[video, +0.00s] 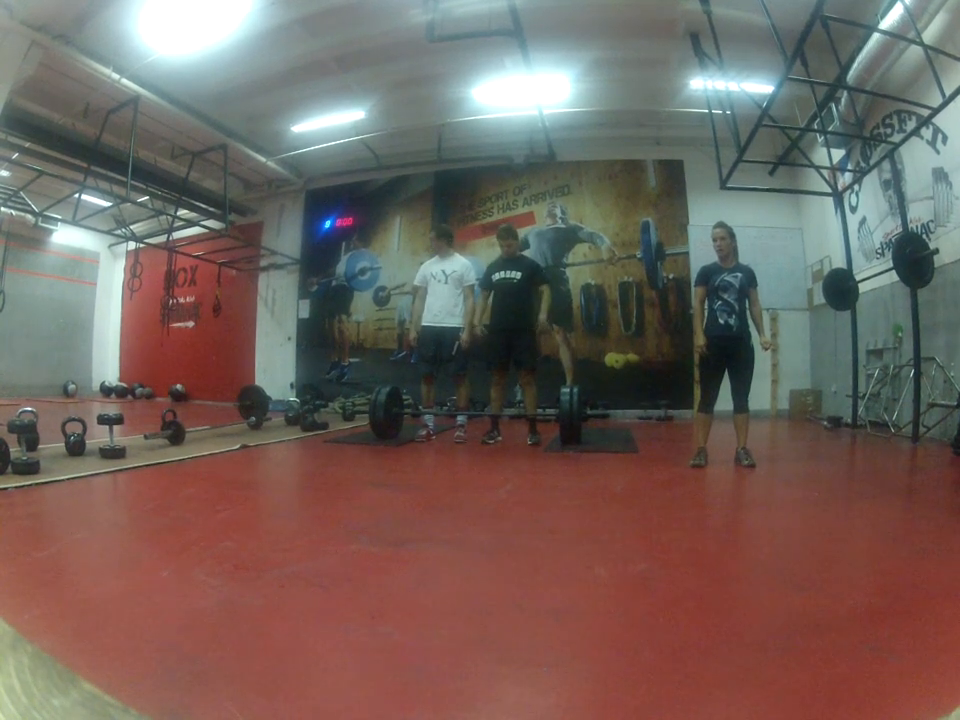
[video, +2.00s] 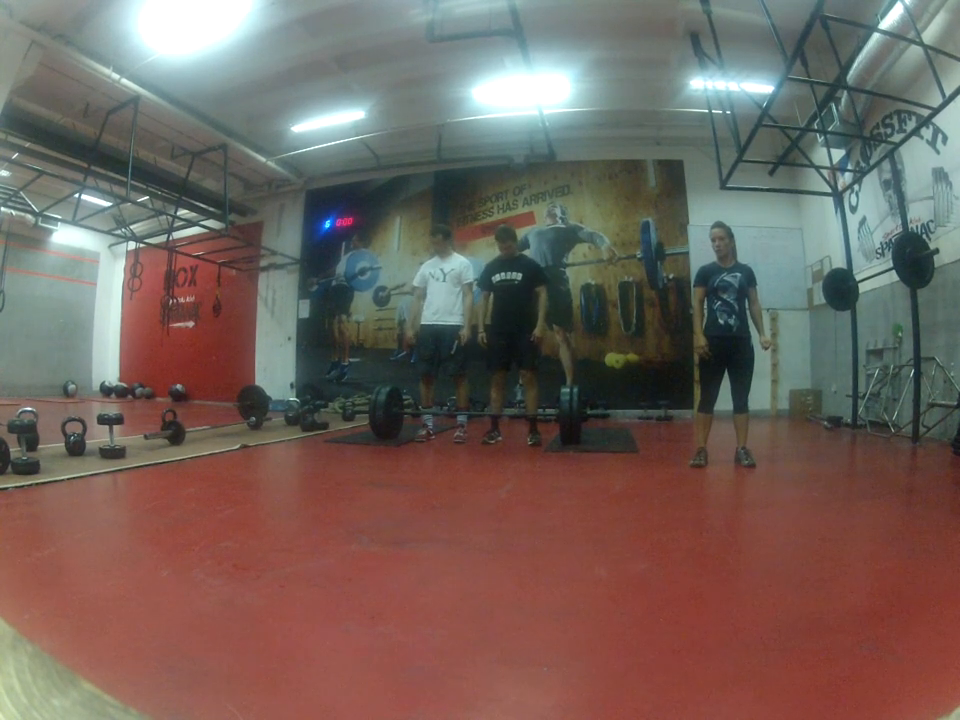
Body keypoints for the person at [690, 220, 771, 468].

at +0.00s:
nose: (718, 244)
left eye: (722, 239)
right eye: (715, 240)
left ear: (733, 242)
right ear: (712, 244)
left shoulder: (746, 272)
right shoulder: (706, 272)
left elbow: (754, 305)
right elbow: (698, 305)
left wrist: (762, 334)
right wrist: (698, 335)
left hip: (740, 343)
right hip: (712, 343)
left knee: (741, 400)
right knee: (707, 400)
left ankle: (742, 449)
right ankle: (700, 450)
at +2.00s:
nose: (717, 244)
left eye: (721, 239)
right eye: (714, 240)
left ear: (732, 241)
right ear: (710, 244)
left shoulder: (745, 271)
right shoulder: (705, 272)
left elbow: (754, 304)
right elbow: (697, 306)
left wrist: (762, 333)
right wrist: (698, 335)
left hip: (740, 343)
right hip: (712, 342)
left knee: (741, 400)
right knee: (707, 400)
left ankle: (742, 449)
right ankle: (700, 449)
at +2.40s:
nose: (718, 244)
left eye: (722, 239)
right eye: (714, 240)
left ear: (732, 241)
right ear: (711, 244)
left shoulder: (745, 272)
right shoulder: (705, 272)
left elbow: (754, 305)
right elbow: (697, 306)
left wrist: (762, 334)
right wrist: (698, 335)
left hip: (740, 343)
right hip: (712, 342)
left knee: (741, 400)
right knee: (707, 400)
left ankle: (742, 449)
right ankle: (700, 450)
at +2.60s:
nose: (718, 244)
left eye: (722, 239)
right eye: (714, 240)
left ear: (732, 241)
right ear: (711, 244)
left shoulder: (745, 272)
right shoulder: (705, 272)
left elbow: (754, 305)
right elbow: (697, 307)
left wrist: (761, 334)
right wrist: (698, 336)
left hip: (740, 343)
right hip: (712, 343)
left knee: (740, 401)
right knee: (707, 400)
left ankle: (742, 449)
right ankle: (701, 450)